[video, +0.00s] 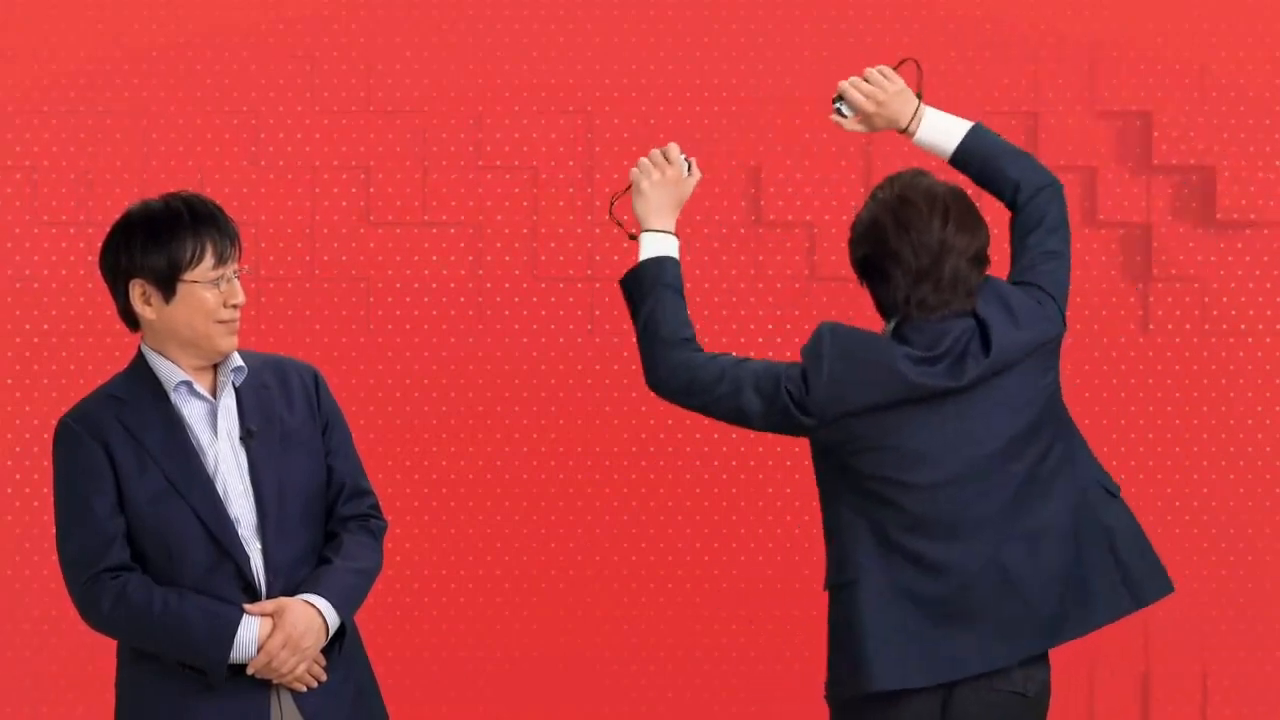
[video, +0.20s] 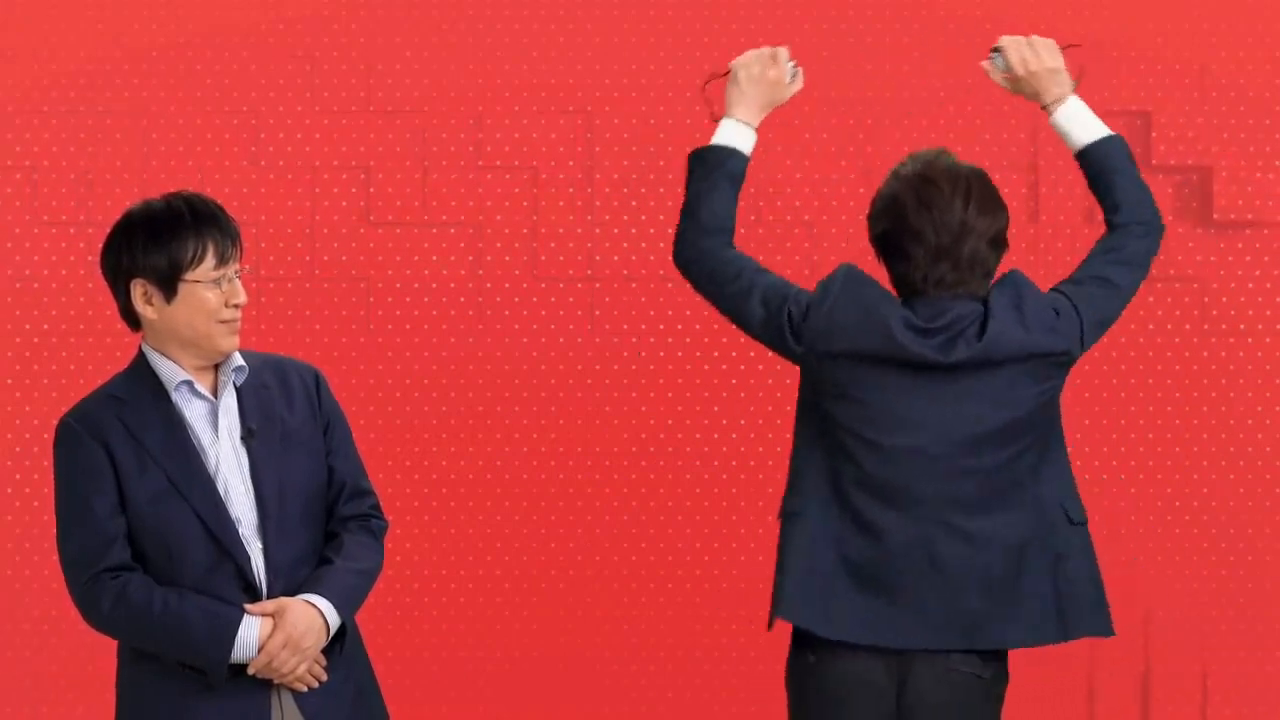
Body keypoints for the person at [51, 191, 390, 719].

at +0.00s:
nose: (237, 298)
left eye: (235, 278)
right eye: (214, 282)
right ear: (146, 300)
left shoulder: (301, 389)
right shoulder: (92, 432)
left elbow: (361, 523)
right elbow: (103, 590)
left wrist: (320, 612)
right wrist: (251, 639)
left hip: (334, 700)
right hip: (192, 708)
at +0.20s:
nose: (238, 297)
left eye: (237, 278)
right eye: (215, 282)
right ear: (148, 299)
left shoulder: (301, 389)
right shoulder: (92, 432)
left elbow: (362, 524)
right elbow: (103, 589)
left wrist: (321, 612)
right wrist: (251, 639)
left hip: (334, 700)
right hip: (192, 707)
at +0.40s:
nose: (239, 297)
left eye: (238, 277)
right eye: (216, 282)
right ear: (149, 299)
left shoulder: (303, 388)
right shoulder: (94, 432)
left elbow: (363, 523)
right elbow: (105, 590)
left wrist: (322, 612)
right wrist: (252, 639)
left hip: (335, 699)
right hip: (193, 707)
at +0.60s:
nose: (241, 297)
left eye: (239, 277)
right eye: (218, 282)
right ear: (150, 299)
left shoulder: (304, 388)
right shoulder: (95, 431)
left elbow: (364, 523)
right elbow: (106, 590)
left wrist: (322, 612)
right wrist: (252, 639)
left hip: (336, 700)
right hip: (193, 707)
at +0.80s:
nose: (243, 297)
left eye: (241, 277)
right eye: (220, 282)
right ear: (152, 299)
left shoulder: (306, 388)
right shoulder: (96, 431)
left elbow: (365, 524)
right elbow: (106, 589)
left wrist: (323, 613)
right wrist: (253, 639)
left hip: (337, 700)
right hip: (194, 707)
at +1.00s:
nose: (245, 297)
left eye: (242, 277)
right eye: (222, 282)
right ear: (153, 299)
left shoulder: (307, 389)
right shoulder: (97, 431)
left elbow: (366, 524)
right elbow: (107, 589)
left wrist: (324, 613)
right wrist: (252, 638)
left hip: (337, 700)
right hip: (194, 708)